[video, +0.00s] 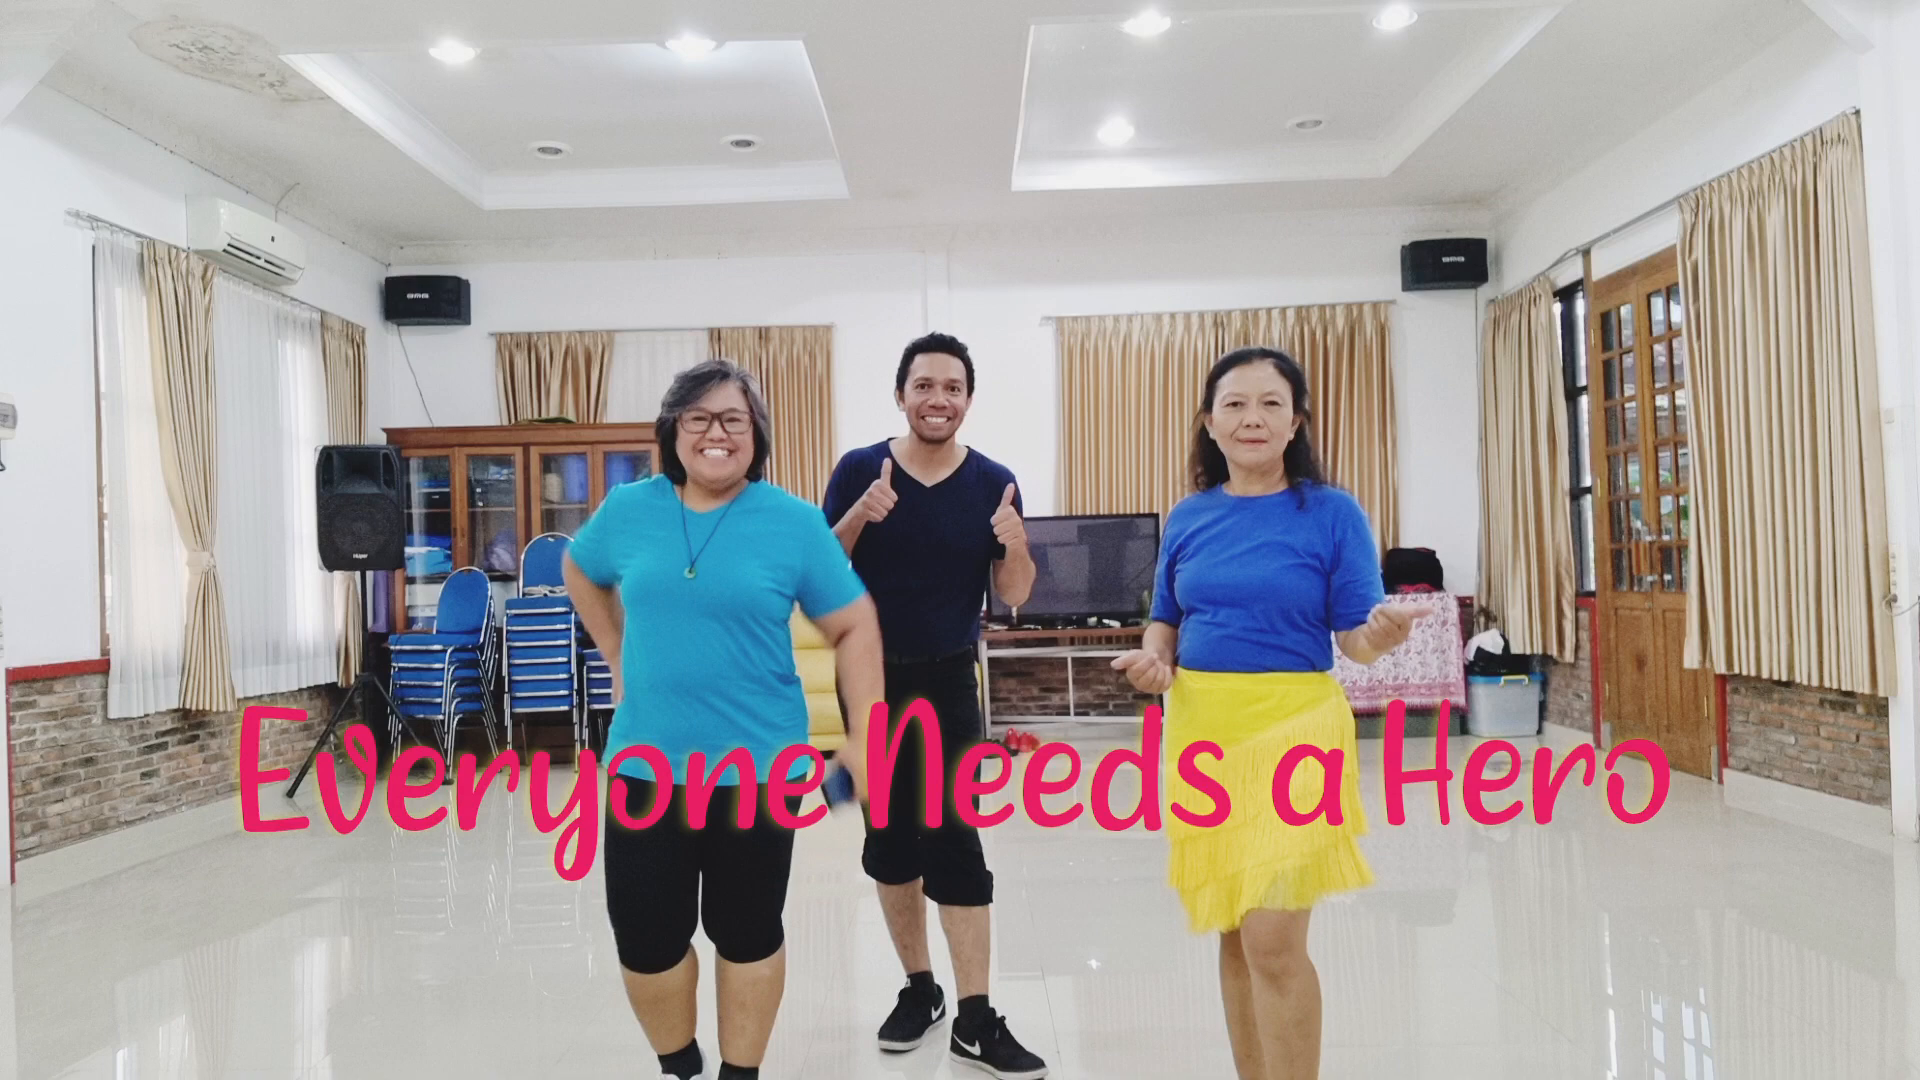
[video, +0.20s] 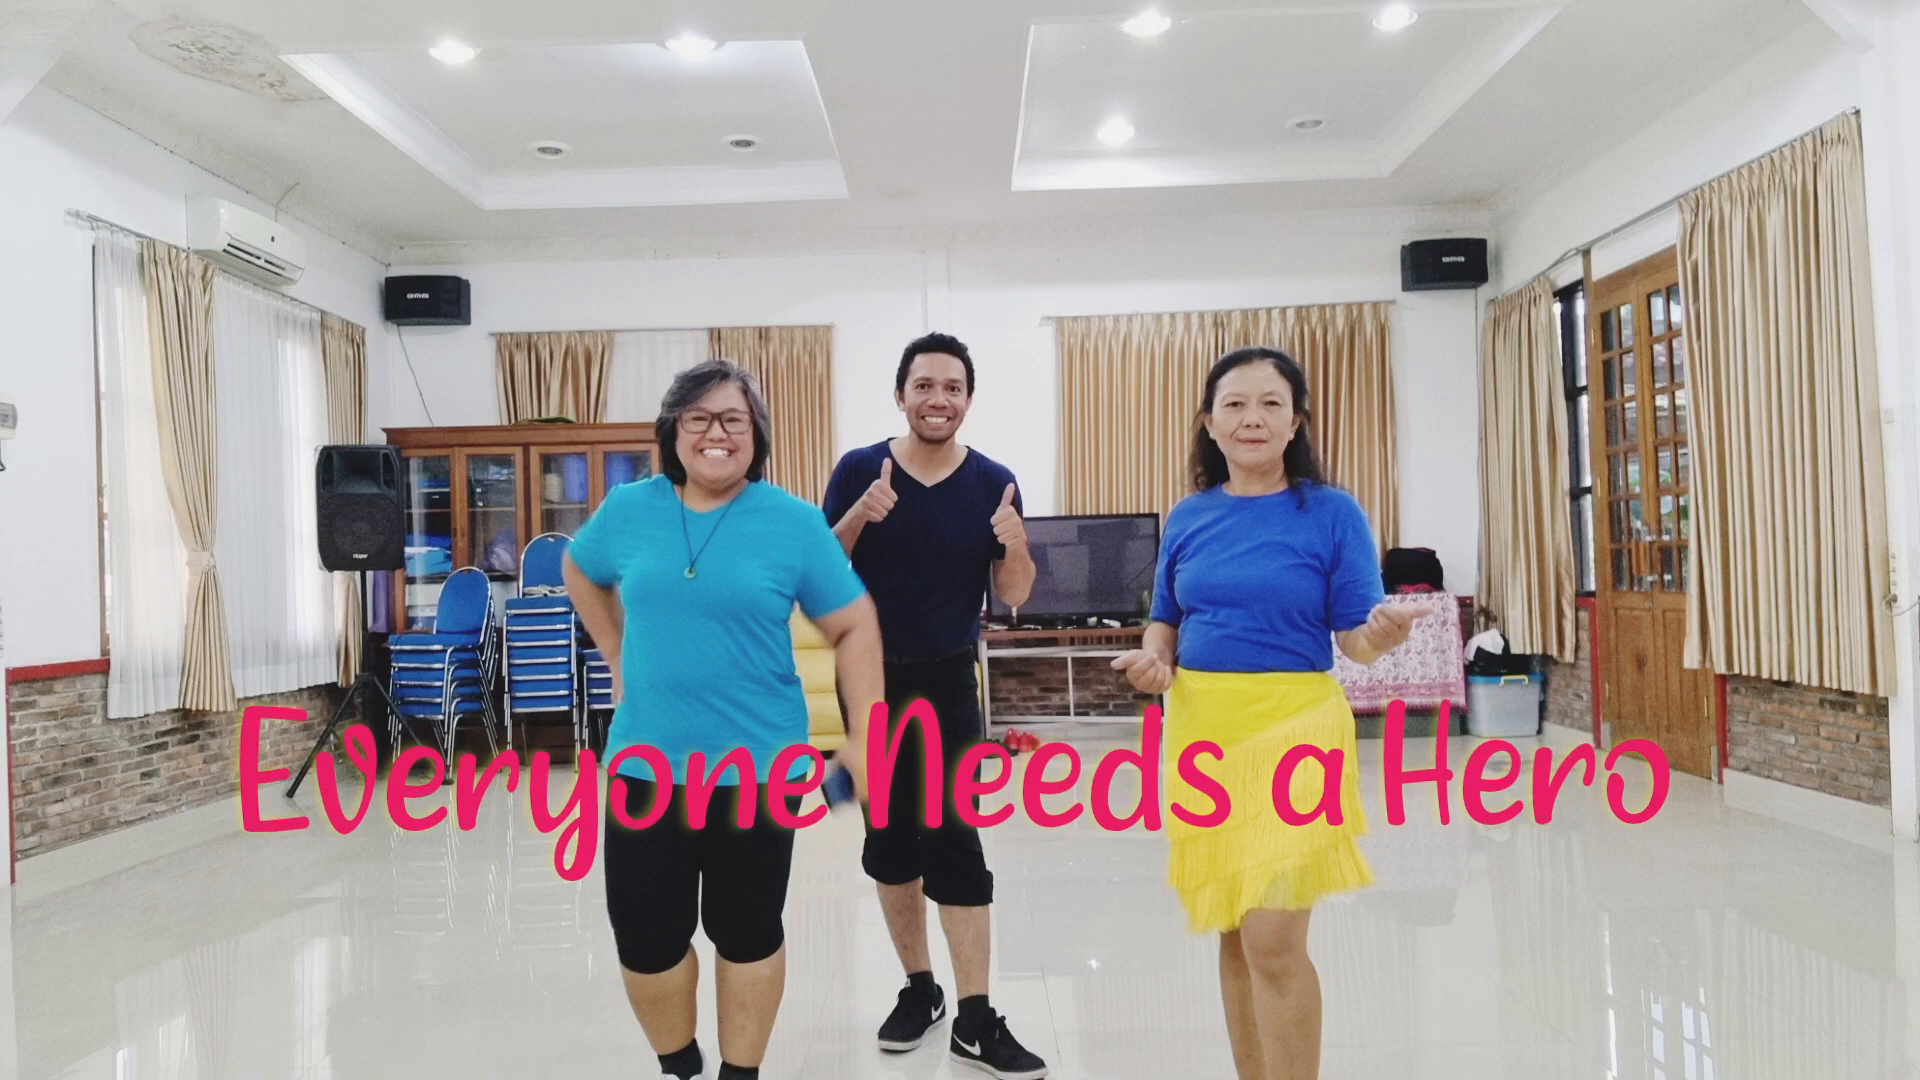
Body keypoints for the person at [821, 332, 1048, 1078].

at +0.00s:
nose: (938, 400)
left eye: (952, 388)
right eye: (924, 386)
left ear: (968, 399)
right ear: (900, 396)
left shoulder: (992, 483)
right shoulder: (858, 472)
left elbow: (1014, 595)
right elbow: (813, 570)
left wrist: (1015, 548)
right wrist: (854, 520)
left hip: (950, 676)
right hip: (872, 676)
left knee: (957, 841)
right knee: (892, 840)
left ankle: (975, 1014)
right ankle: (919, 990)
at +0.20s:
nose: (938, 400)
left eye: (952, 388)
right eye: (924, 386)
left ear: (968, 399)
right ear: (900, 396)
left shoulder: (992, 483)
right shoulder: (858, 472)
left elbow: (1014, 595)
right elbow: (813, 570)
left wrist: (1015, 548)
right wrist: (854, 520)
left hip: (950, 676)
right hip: (872, 676)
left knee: (957, 841)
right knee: (892, 840)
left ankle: (975, 1014)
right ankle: (919, 990)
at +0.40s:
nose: (938, 400)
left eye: (952, 388)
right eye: (924, 386)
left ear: (968, 399)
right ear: (900, 396)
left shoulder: (992, 483)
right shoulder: (858, 472)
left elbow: (1014, 595)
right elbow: (813, 570)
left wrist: (1015, 548)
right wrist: (854, 520)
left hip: (950, 676)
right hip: (872, 676)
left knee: (957, 841)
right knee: (892, 840)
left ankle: (975, 1014)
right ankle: (919, 990)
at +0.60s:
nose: (938, 400)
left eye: (952, 388)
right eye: (924, 386)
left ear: (968, 399)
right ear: (900, 396)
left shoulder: (992, 483)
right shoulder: (858, 472)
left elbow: (1014, 595)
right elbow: (813, 570)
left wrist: (1015, 548)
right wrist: (854, 520)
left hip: (950, 676)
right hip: (872, 676)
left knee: (957, 841)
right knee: (892, 840)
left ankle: (975, 1014)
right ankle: (919, 990)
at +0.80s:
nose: (938, 400)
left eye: (952, 388)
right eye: (924, 386)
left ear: (968, 399)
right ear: (900, 396)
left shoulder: (992, 483)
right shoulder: (858, 472)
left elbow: (1014, 595)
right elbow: (813, 570)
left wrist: (1015, 548)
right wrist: (854, 520)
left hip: (950, 676)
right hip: (872, 676)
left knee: (957, 841)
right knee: (892, 840)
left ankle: (975, 1014)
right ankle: (919, 990)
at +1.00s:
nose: (938, 400)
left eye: (952, 388)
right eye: (924, 386)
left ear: (968, 399)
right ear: (900, 396)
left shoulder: (992, 483)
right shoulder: (858, 472)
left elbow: (1014, 595)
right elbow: (813, 570)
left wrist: (1015, 548)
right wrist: (854, 520)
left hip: (950, 676)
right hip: (872, 676)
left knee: (957, 841)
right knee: (892, 840)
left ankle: (975, 1014)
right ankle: (919, 990)